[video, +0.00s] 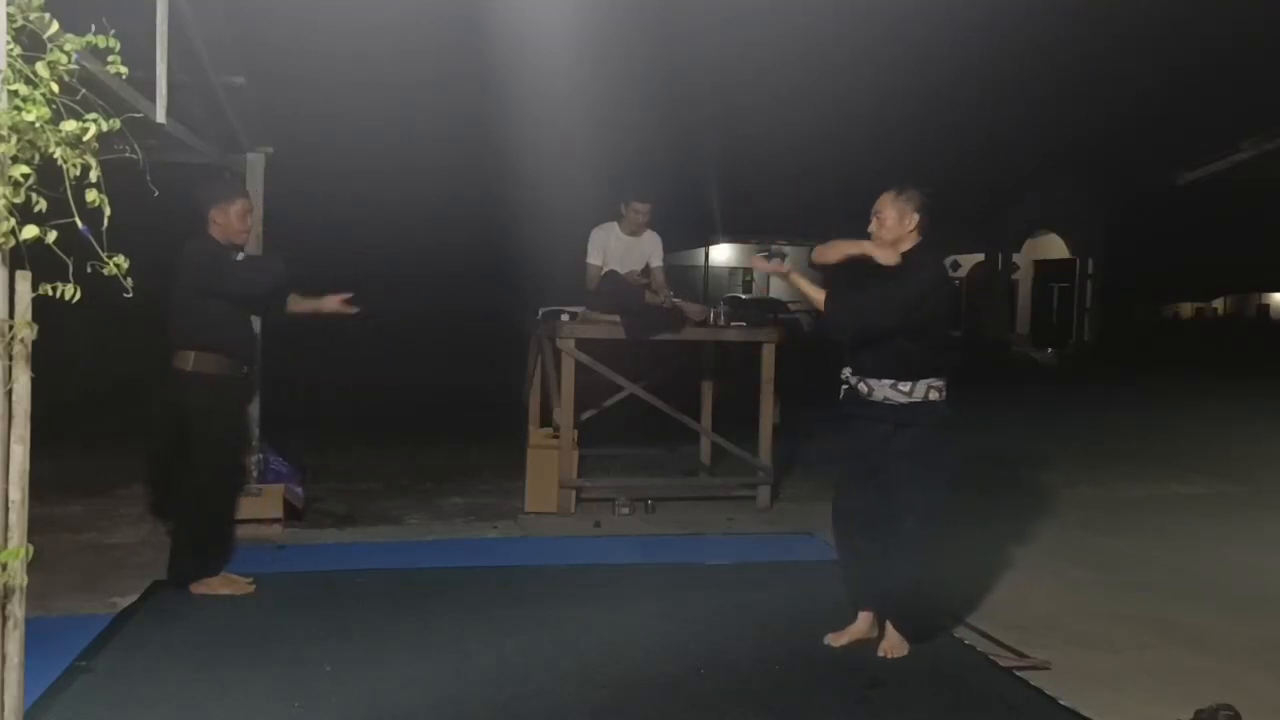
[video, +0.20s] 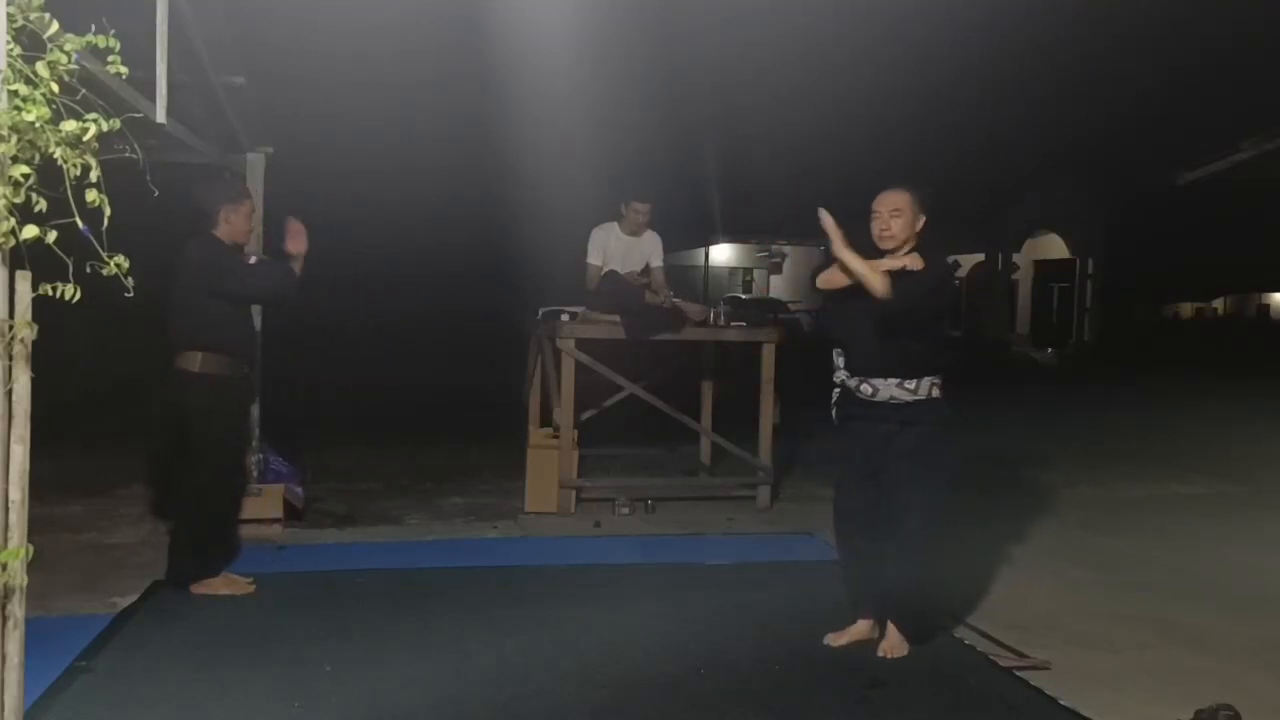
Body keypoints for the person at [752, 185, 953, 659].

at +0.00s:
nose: (872, 225)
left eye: (881, 217)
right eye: (873, 216)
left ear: (912, 222)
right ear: (892, 222)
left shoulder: (928, 277)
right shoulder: (872, 264)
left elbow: (848, 316)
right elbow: (820, 256)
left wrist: (790, 275)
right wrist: (869, 249)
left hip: (914, 416)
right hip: (862, 408)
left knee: (905, 517)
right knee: (854, 510)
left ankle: (898, 623)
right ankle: (864, 614)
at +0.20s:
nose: (883, 223)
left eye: (895, 215)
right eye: (876, 216)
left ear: (920, 222)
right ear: (869, 224)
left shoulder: (934, 270)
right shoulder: (858, 265)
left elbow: (885, 291)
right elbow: (822, 282)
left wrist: (842, 248)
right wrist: (885, 265)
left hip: (913, 411)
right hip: (858, 407)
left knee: (904, 515)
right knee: (854, 510)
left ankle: (898, 622)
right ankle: (865, 617)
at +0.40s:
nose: (887, 222)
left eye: (897, 215)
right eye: (877, 215)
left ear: (911, 222)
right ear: (862, 223)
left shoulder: (930, 266)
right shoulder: (845, 264)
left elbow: (985, 267)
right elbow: (826, 281)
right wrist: (892, 265)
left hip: (914, 414)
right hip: (855, 412)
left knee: (908, 517)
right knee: (853, 514)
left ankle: (898, 624)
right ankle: (863, 616)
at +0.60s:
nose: (877, 223)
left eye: (888, 214)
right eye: (870, 216)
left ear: (912, 219)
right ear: (863, 223)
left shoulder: (930, 260)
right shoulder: (848, 261)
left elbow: (966, 281)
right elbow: (821, 291)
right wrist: (884, 274)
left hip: (913, 415)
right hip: (854, 411)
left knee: (908, 519)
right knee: (850, 515)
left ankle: (898, 624)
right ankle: (863, 615)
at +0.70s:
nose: (878, 226)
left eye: (890, 216)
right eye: (873, 218)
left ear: (918, 222)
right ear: (869, 224)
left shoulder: (936, 269)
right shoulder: (856, 268)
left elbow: (891, 262)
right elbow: (821, 299)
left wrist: (832, 263)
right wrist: (887, 275)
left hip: (912, 412)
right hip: (854, 409)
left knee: (904, 517)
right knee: (850, 513)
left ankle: (898, 623)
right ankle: (864, 616)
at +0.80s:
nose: (880, 222)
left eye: (888, 214)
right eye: (875, 215)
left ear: (916, 220)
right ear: (864, 220)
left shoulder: (935, 264)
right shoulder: (854, 259)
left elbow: (889, 235)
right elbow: (821, 305)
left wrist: (846, 208)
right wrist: (874, 284)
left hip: (910, 410)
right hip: (853, 406)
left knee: (905, 517)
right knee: (851, 514)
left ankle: (899, 623)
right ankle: (863, 616)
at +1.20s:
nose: (876, 225)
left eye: (886, 217)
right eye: (876, 217)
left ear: (917, 221)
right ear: (884, 223)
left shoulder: (931, 271)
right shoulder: (877, 274)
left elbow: (873, 289)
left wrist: (800, 266)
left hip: (907, 420)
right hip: (859, 416)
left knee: (902, 521)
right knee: (848, 513)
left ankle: (899, 627)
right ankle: (866, 614)